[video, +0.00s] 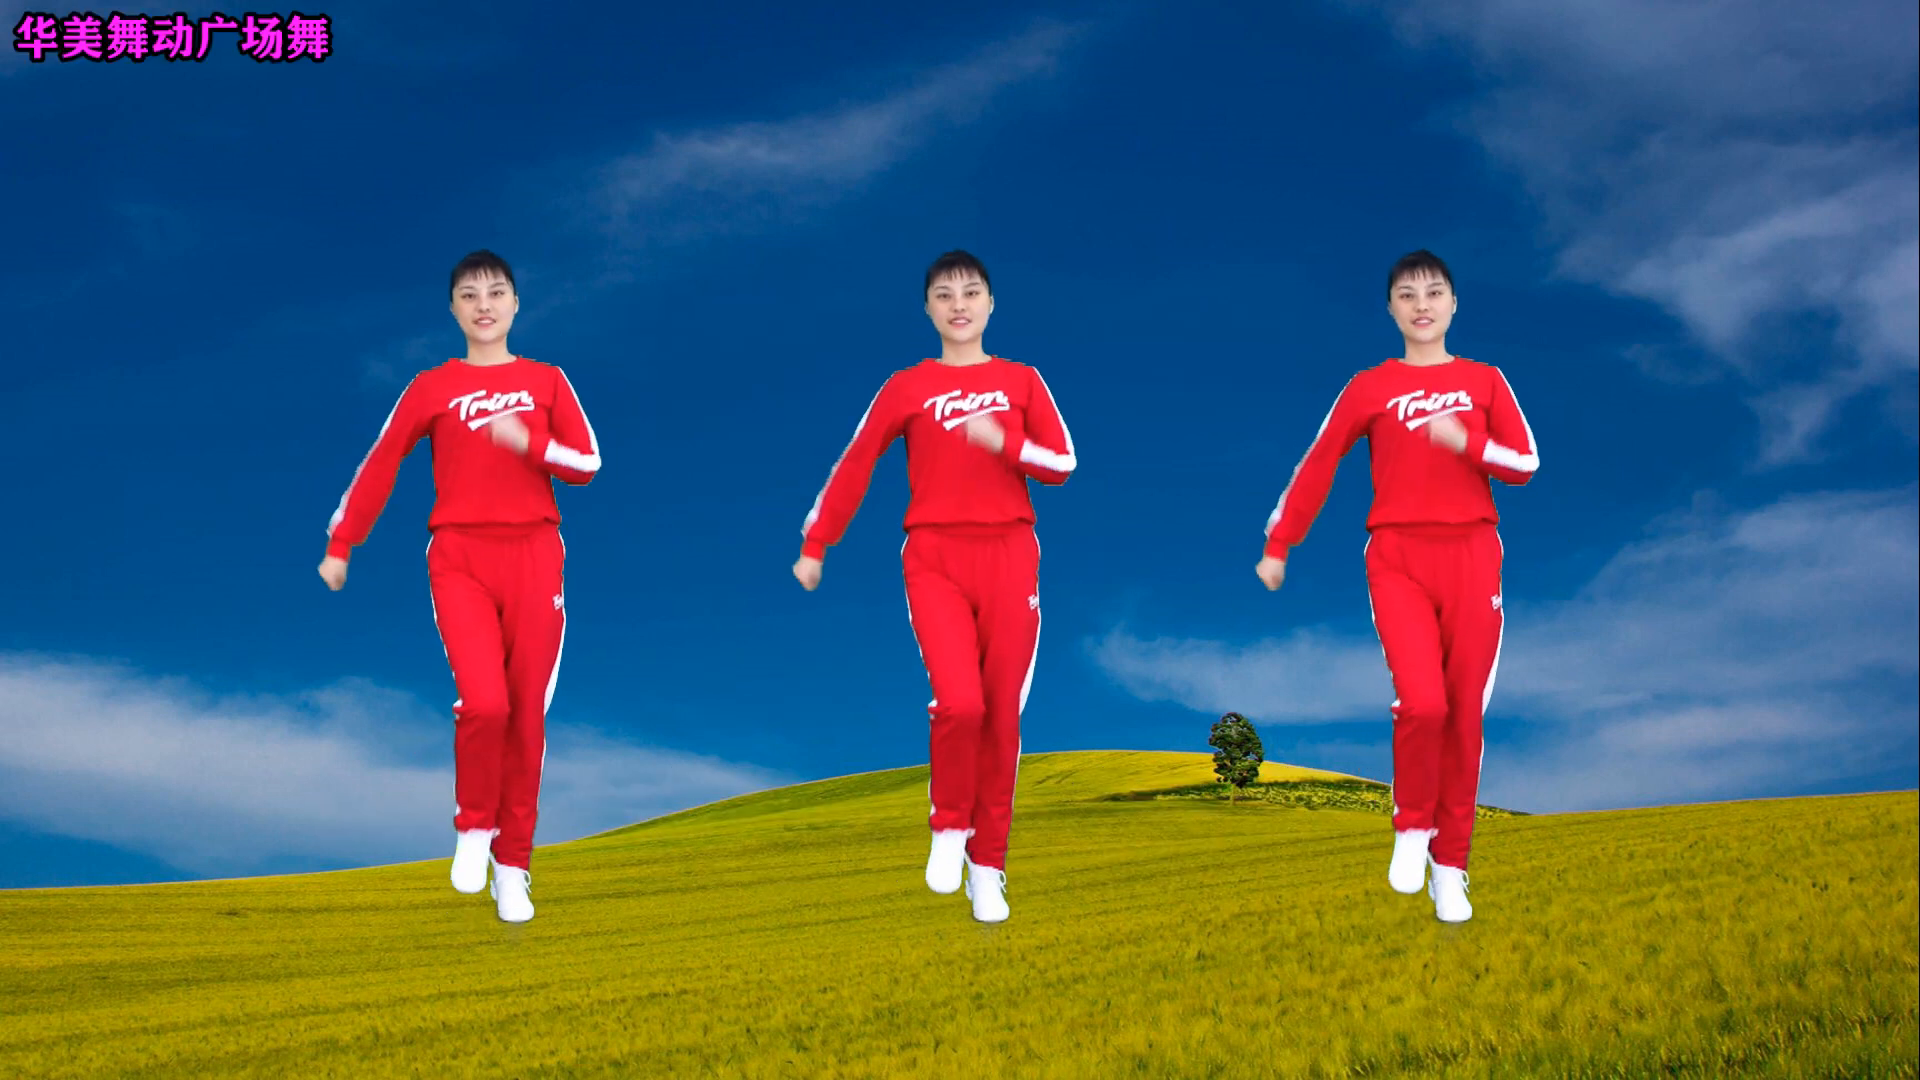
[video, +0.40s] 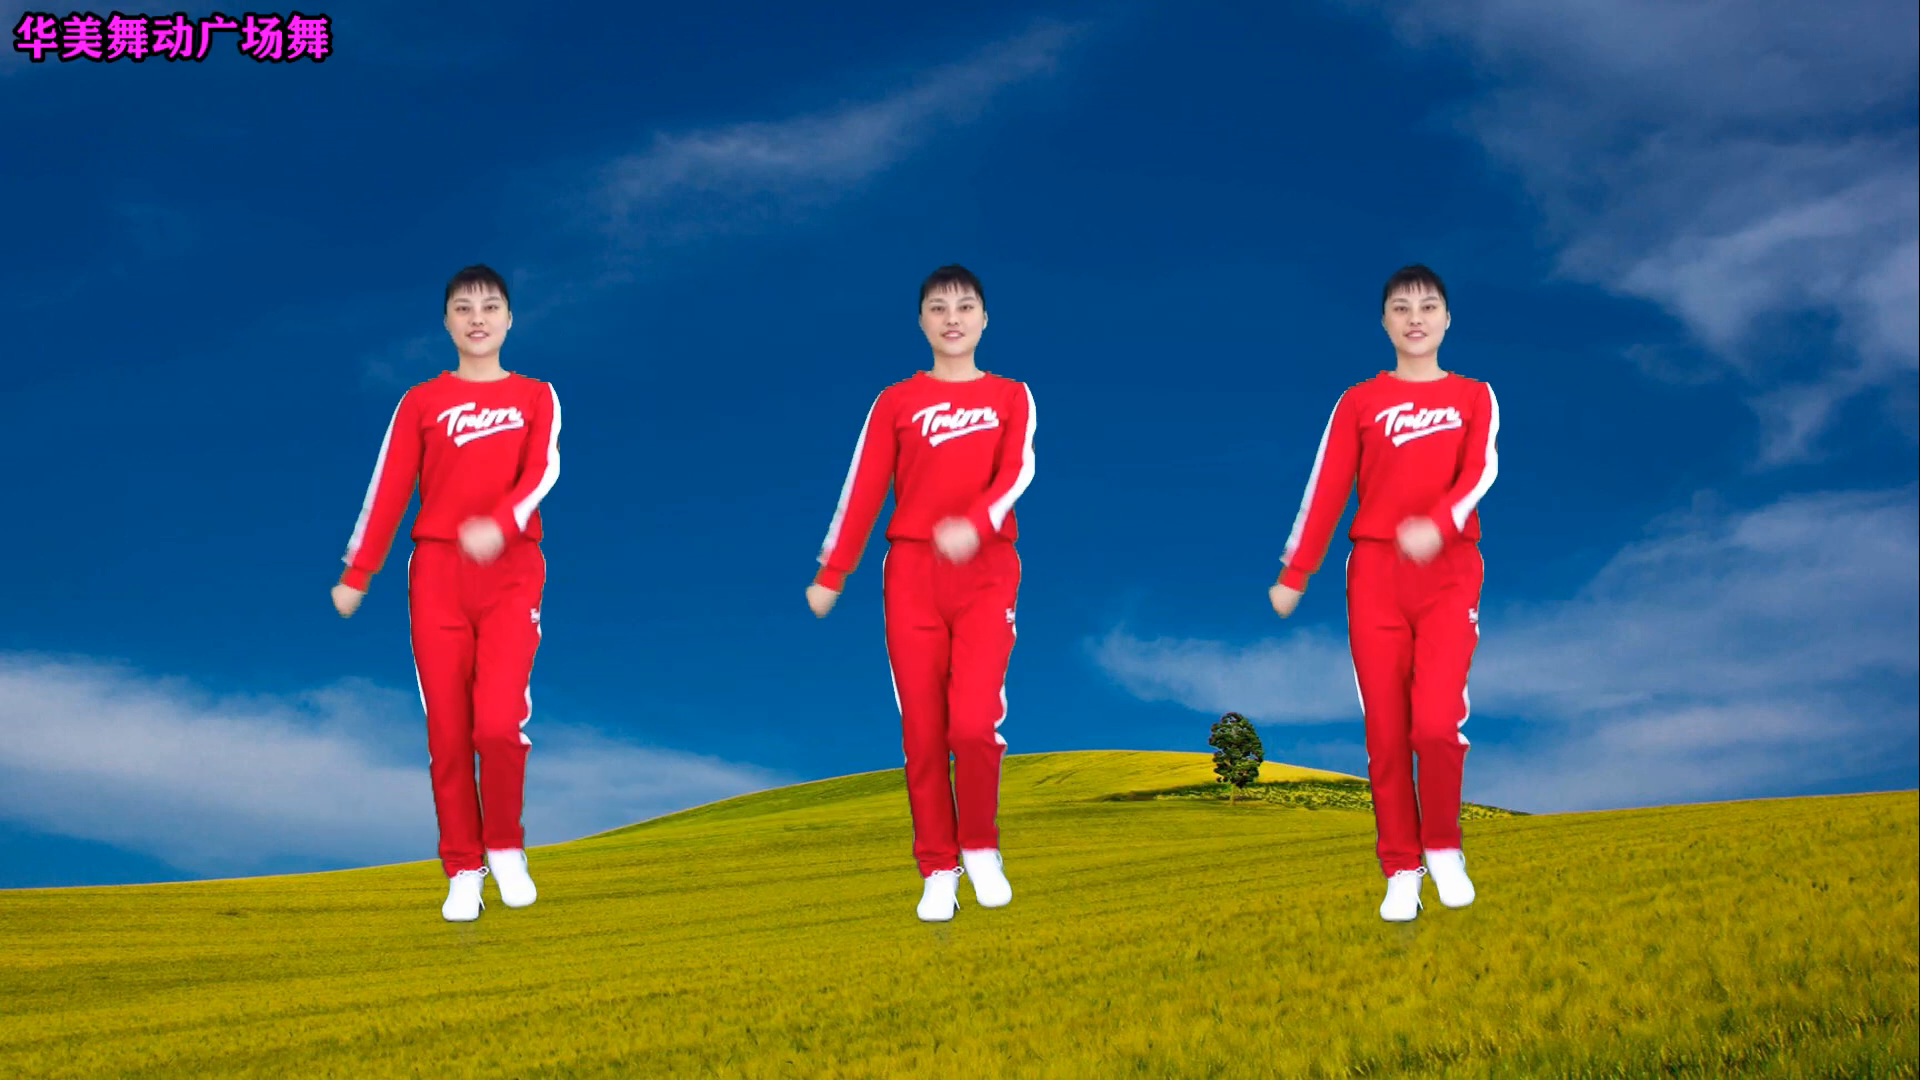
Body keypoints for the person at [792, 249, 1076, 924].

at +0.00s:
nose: (959, 305)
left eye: (970, 294)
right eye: (946, 295)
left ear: (989, 303)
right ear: (929, 308)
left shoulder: (1021, 380)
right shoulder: (905, 387)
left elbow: (1061, 465)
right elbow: (854, 463)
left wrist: (1006, 442)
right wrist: (815, 544)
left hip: (1009, 556)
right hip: (933, 556)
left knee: (1002, 712)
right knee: (960, 705)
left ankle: (989, 861)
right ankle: (950, 825)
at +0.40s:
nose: (953, 318)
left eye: (964, 307)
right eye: (940, 309)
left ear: (983, 318)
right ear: (923, 322)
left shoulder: (1010, 394)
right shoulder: (895, 401)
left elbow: (1016, 475)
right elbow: (863, 488)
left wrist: (975, 522)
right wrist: (832, 570)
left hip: (986, 576)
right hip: (911, 576)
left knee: (974, 722)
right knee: (921, 728)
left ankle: (979, 849)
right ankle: (937, 867)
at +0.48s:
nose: (949, 326)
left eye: (962, 316)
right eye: (936, 317)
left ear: (979, 328)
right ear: (921, 330)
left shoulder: (1009, 405)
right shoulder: (893, 410)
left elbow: (1015, 494)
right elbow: (879, 497)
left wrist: (1009, 578)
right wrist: (886, 576)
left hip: (982, 581)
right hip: (909, 582)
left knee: (958, 719)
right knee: (909, 733)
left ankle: (976, 816)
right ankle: (937, 866)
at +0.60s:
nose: (947, 312)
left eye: (959, 302)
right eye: (935, 302)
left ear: (978, 314)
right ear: (918, 315)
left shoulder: (1009, 392)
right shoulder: (890, 394)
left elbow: (1045, 482)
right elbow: (853, 469)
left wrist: (1065, 572)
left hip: (985, 567)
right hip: (909, 567)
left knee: (954, 705)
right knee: (912, 724)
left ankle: (972, 809)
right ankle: (938, 863)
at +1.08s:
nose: (956, 317)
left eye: (968, 307)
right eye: (943, 308)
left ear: (986, 320)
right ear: (926, 322)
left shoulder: (1016, 399)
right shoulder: (902, 403)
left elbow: (1056, 488)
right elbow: (893, 488)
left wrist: (1091, 573)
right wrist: (917, 557)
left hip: (1006, 573)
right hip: (931, 574)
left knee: (998, 724)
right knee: (945, 720)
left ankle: (983, 867)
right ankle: (943, 842)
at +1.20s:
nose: (957, 325)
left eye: (969, 315)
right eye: (944, 317)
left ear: (988, 328)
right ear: (928, 332)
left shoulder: (1018, 409)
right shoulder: (903, 411)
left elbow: (1034, 499)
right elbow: (885, 508)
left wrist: (1020, 575)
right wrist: (874, 596)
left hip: (1007, 582)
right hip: (931, 582)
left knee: (1008, 725)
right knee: (962, 702)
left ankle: (982, 867)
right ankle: (950, 806)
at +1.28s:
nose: (957, 314)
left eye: (968, 304)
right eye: (944, 306)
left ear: (987, 316)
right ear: (927, 321)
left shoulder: (1018, 393)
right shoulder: (902, 401)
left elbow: (1041, 471)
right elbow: (866, 487)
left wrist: (990, 496)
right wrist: (840, 572)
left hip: (1007, 572)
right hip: (932, 571)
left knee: (1003, 719)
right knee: (962, 696)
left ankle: (984, 867)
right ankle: (952, 806)